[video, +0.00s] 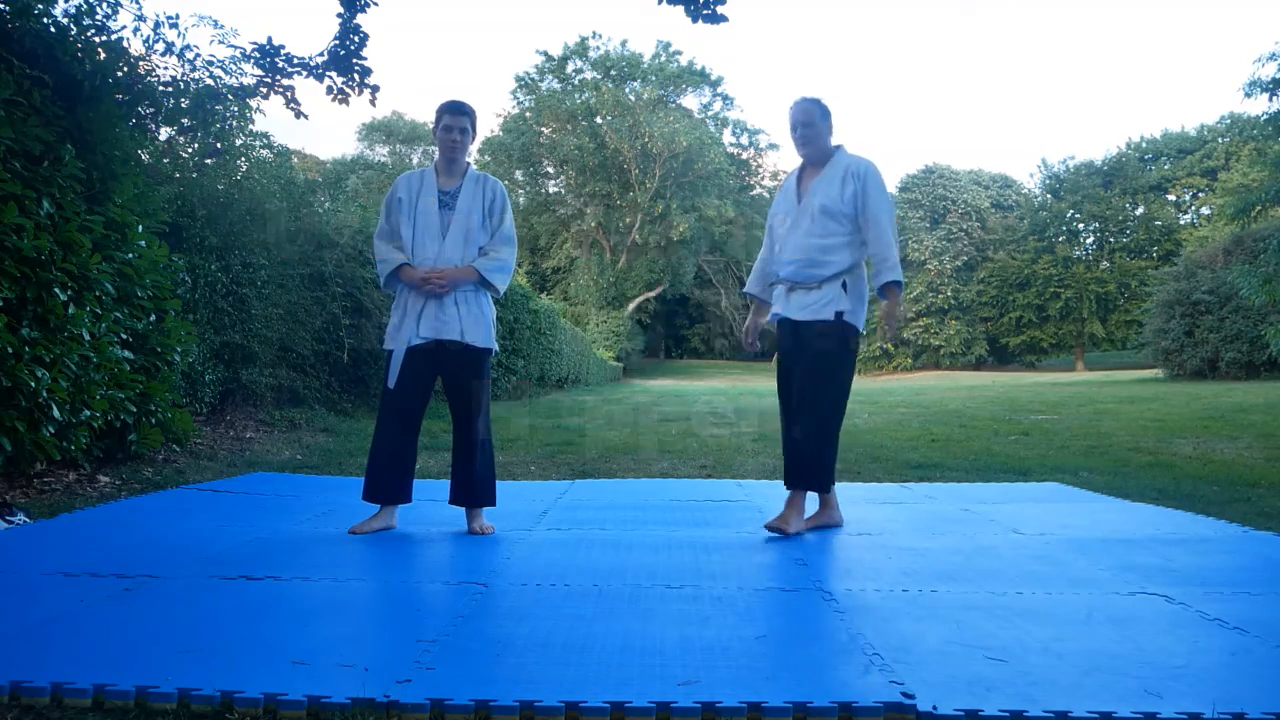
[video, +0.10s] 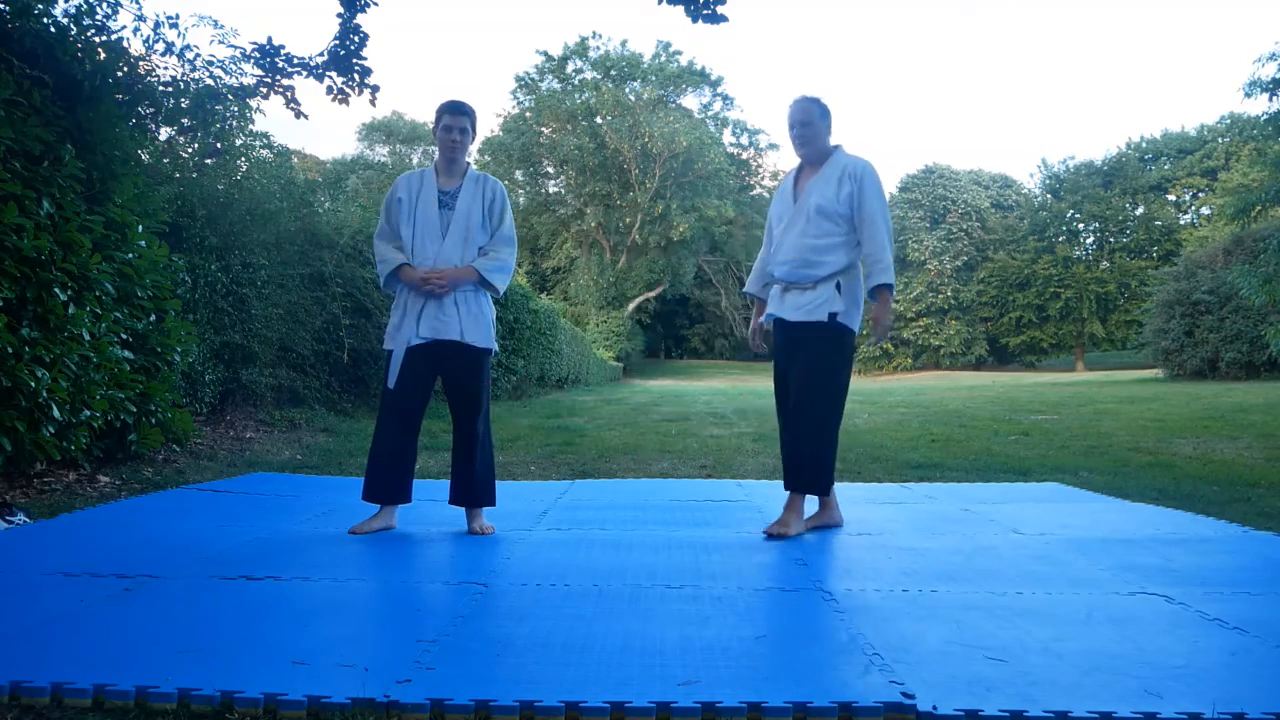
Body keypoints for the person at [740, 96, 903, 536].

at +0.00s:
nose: (800, 134)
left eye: (808, 126)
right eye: (794, 128)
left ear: (829, 128)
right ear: (788, 134)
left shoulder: (858, 172)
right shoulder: (788, 187)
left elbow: (881, 234)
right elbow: (770, 251)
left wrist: (891, 296)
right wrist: (757, 310)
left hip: (835, 305)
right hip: (790, 306)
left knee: (814, 407)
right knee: (800, 408)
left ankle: (794, 508)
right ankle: (828, 506)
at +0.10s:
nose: (797, 134)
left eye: (805, 126)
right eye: (792, 128)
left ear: (827, 127)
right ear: (787, 133)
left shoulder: (856, 171)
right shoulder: (786, 184)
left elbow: (877, 234)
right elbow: (770, 247)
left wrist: (882, 296)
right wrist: (759, 307)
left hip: (831, 304)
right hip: (785, 305)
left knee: (811, 405)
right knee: (796, 406)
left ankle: (793, 508)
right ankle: (828, 505)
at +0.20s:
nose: (793, 131)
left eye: (801, 123)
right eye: (788, 125)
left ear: (825, 125)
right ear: (784, 131)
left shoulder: (851, 170)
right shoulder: (782, 185)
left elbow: (868, 236)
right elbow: (768, 246)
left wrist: (867, 301)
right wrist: (757, 305)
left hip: (824, 304)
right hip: (779, 305)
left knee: (805, 407)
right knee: (790, 407)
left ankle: (792, 511)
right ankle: (827, 505)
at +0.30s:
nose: (791, 131)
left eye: (800, 123)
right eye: (786, 124)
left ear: (824, 124)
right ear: (781, 130)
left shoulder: (847, 170)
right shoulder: (781, 181)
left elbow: (863, 235)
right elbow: (765, 244)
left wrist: (857, 300)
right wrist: (750, 305)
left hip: (819, 304)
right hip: (775, 305)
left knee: (802, 407)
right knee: (785, 408)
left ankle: (791, 512)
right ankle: (827, 504)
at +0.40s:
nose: (784, 131)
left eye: (793, 123)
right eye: (780, 124)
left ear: (819, 124)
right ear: (777, 128)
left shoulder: (842, 169)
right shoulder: (776, 183)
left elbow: (856, 235)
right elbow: (759, 245)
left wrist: (844, 296)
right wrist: (740, 302)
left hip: (813, 306)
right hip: (769, 307)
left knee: (802, 407)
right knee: (769, 407)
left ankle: (792, 513)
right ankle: (821, 495)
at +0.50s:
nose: (779, 131)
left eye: (788, 123)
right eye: (776, 124)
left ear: (815, 123)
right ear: (773, 127)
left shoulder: (839, 167)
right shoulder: (773, 181)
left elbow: (853, 233)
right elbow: (755, 245)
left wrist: (838, 294)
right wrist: (732, 303)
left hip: (811, 308)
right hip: (765, 308)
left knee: (801, 408)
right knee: (757, 408)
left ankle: (792, 515)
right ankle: (810, 490)